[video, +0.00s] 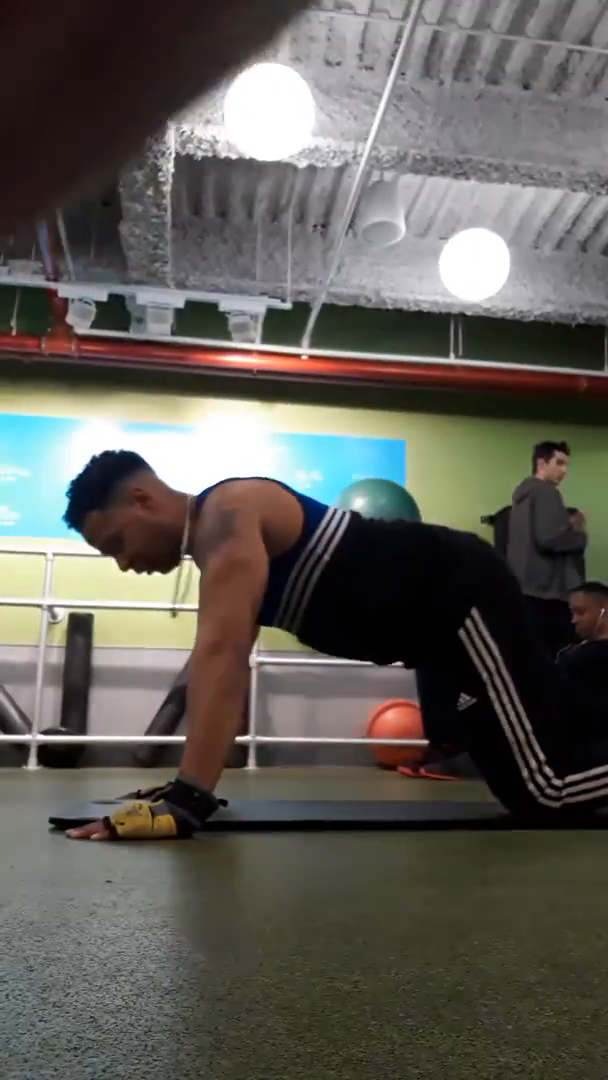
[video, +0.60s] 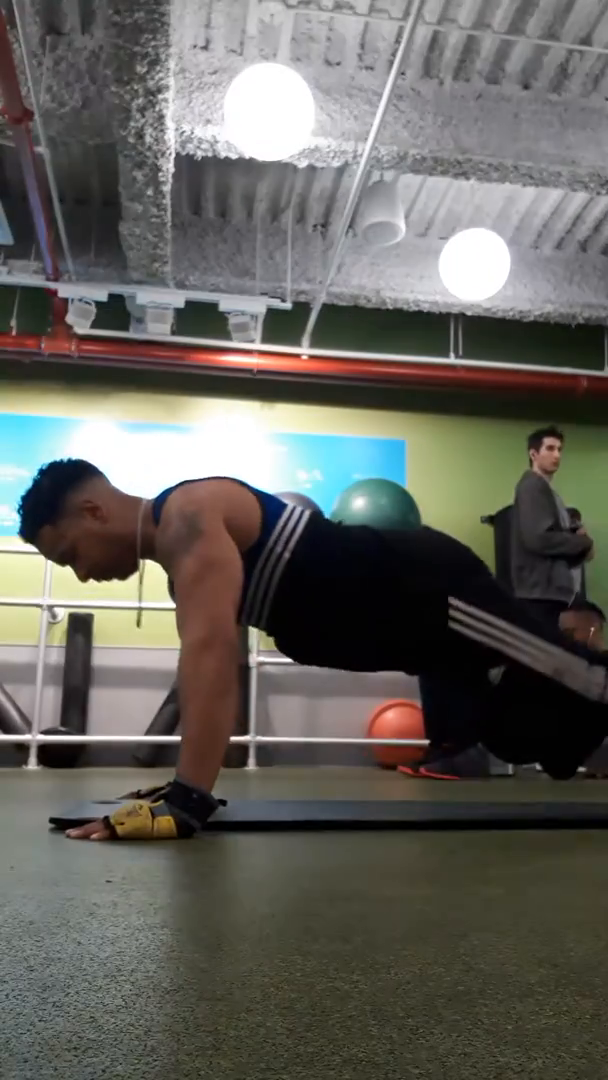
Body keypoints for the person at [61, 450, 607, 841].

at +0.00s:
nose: (124, 563)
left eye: (115, 544)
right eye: (110, 554)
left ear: (146, 499)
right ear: (149, 501)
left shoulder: (229, 513)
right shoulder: (221, 526)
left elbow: (223, 656)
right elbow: (223, 660)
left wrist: (189, 796)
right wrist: (191, 790)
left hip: (459, 596)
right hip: (436, 616)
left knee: (542, 789)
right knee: (464, 753)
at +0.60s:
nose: (78, 574)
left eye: (67, 555)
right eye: (64, 564)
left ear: (95, 510)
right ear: (99, 511)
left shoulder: (189, 515)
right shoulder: (184, 531)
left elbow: (213, 654)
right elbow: (211, 660)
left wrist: (189, 797)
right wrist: (184, 793)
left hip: (428, 594)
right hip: (418, 610)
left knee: (591, 703)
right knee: (553, 742)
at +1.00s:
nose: (63, 594)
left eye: (53, 575)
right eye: (48, 583)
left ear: (78, 534)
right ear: (83, 532)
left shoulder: (174, 543)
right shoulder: (165, 565)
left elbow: (217, 652)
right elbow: (219, 673)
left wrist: (187, 798)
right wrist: (186, 798)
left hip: (421, 642)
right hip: (410, 658)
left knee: (590, 697)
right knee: (568, 712)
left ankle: (591, 622)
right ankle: (588, 626)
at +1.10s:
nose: (48, 630)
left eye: (39, 609)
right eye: (36, 619)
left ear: (70, 565)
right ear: (73, 568)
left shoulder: (160, 577)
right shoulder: (154, 593)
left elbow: (223, 658)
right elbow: (242, 676)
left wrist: (189, 796)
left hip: (399, 670)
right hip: (388, 678)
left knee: (582, 705)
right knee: (565, 705)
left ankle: (591, 628)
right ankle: (589, 629)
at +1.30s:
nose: (21, 712)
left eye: (16, 691)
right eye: (10, 701)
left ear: (53, 640)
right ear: (54, 644)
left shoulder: (129, 647)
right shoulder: (133, 682)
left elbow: (225, 665)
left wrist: (188, 797)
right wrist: (381, 774)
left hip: (406, 713)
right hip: (397, 728)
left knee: (590, 723)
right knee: (568, 711)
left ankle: (592, 637)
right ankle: (591, 634)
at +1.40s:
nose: (25, 747)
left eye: (13, 725)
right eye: (13, 735)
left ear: (39, 680)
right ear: (44, 681)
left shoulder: (122, 672)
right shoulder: (135, 710)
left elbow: (221, 663)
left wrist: (189, 799)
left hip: (392, 726)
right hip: (382, 741)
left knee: (587, 727)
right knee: (556, 718)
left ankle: (593, 638)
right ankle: (589, 636)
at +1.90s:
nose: (43, 656)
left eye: (36, 635)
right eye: (30, 645)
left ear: (63, 596)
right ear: (63, 602)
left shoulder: (148, 607)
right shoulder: (142, 635)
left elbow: (223, 662)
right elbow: (225, 693)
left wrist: (187, 798)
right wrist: (181, 796)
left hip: (383, 669)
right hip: (371, 693)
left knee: (576, 711)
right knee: (553, 733)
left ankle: (586, 644)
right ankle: (582, 641)